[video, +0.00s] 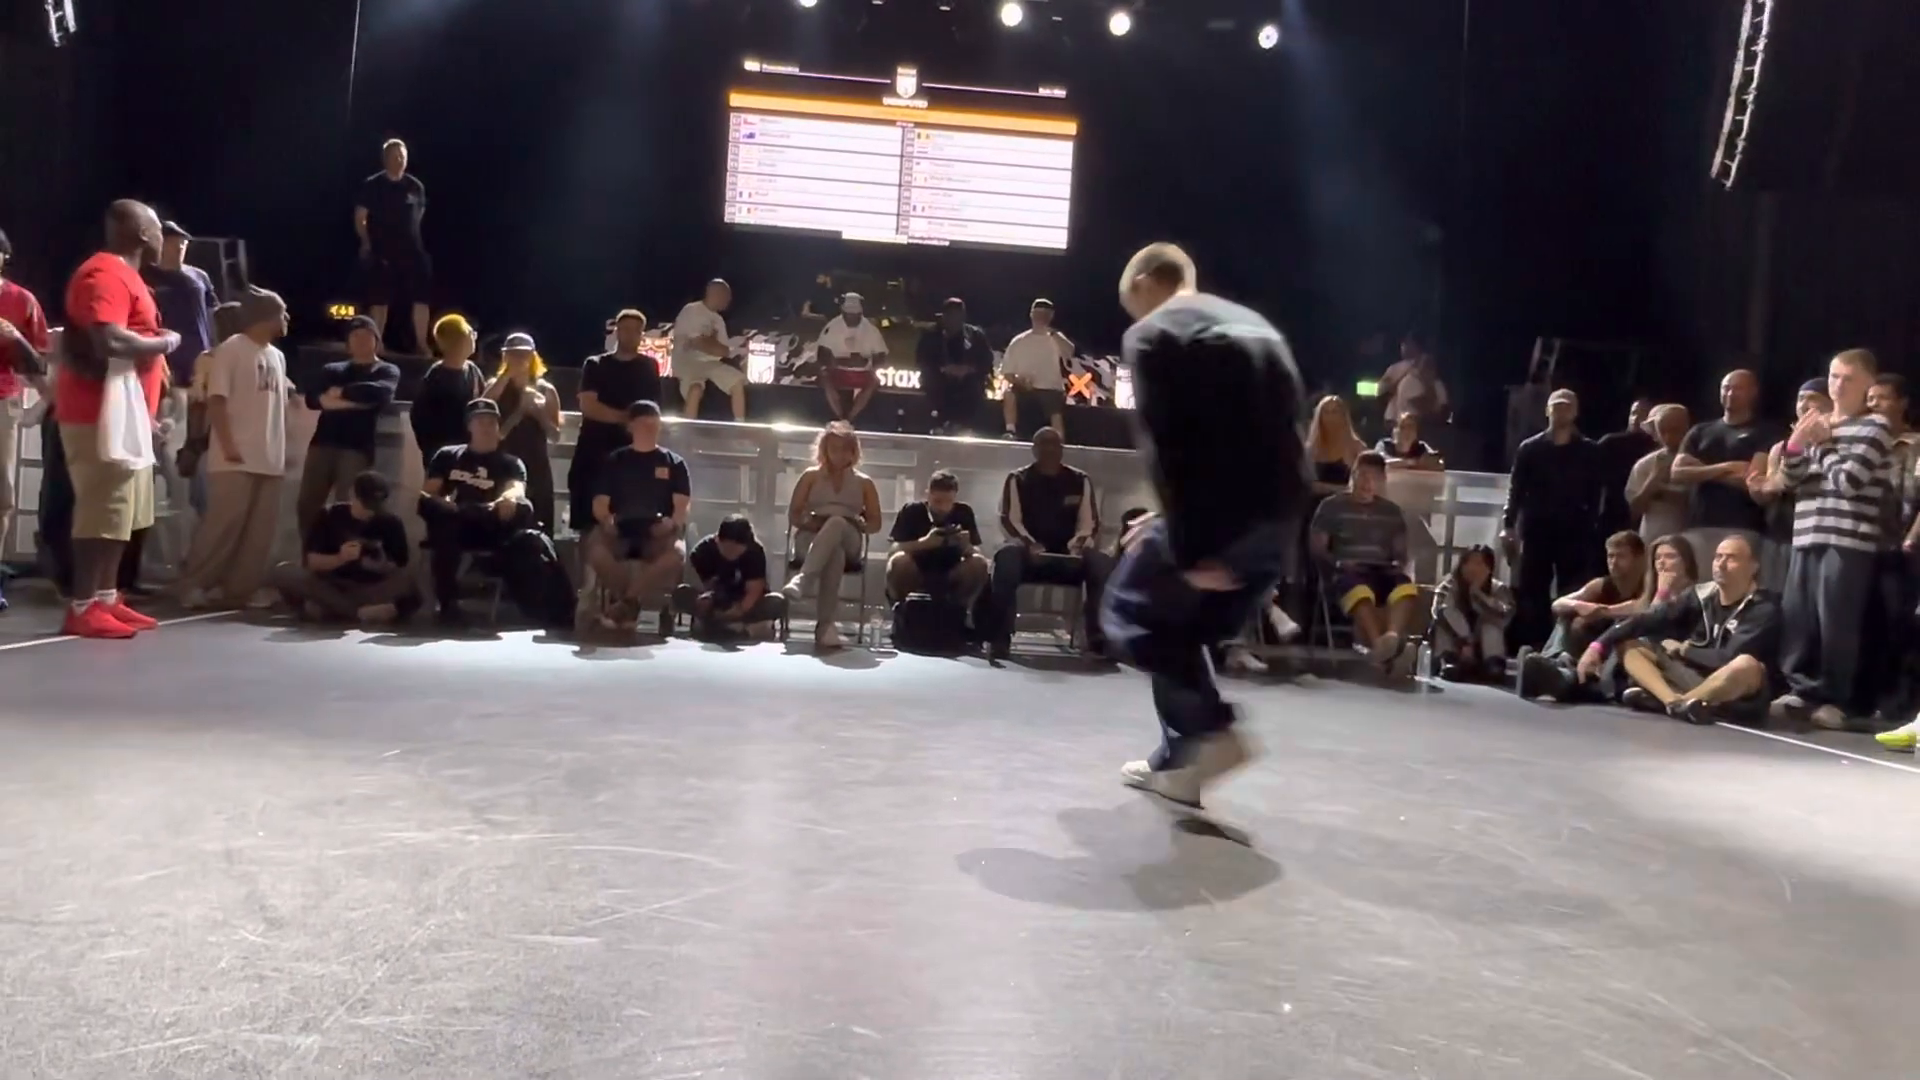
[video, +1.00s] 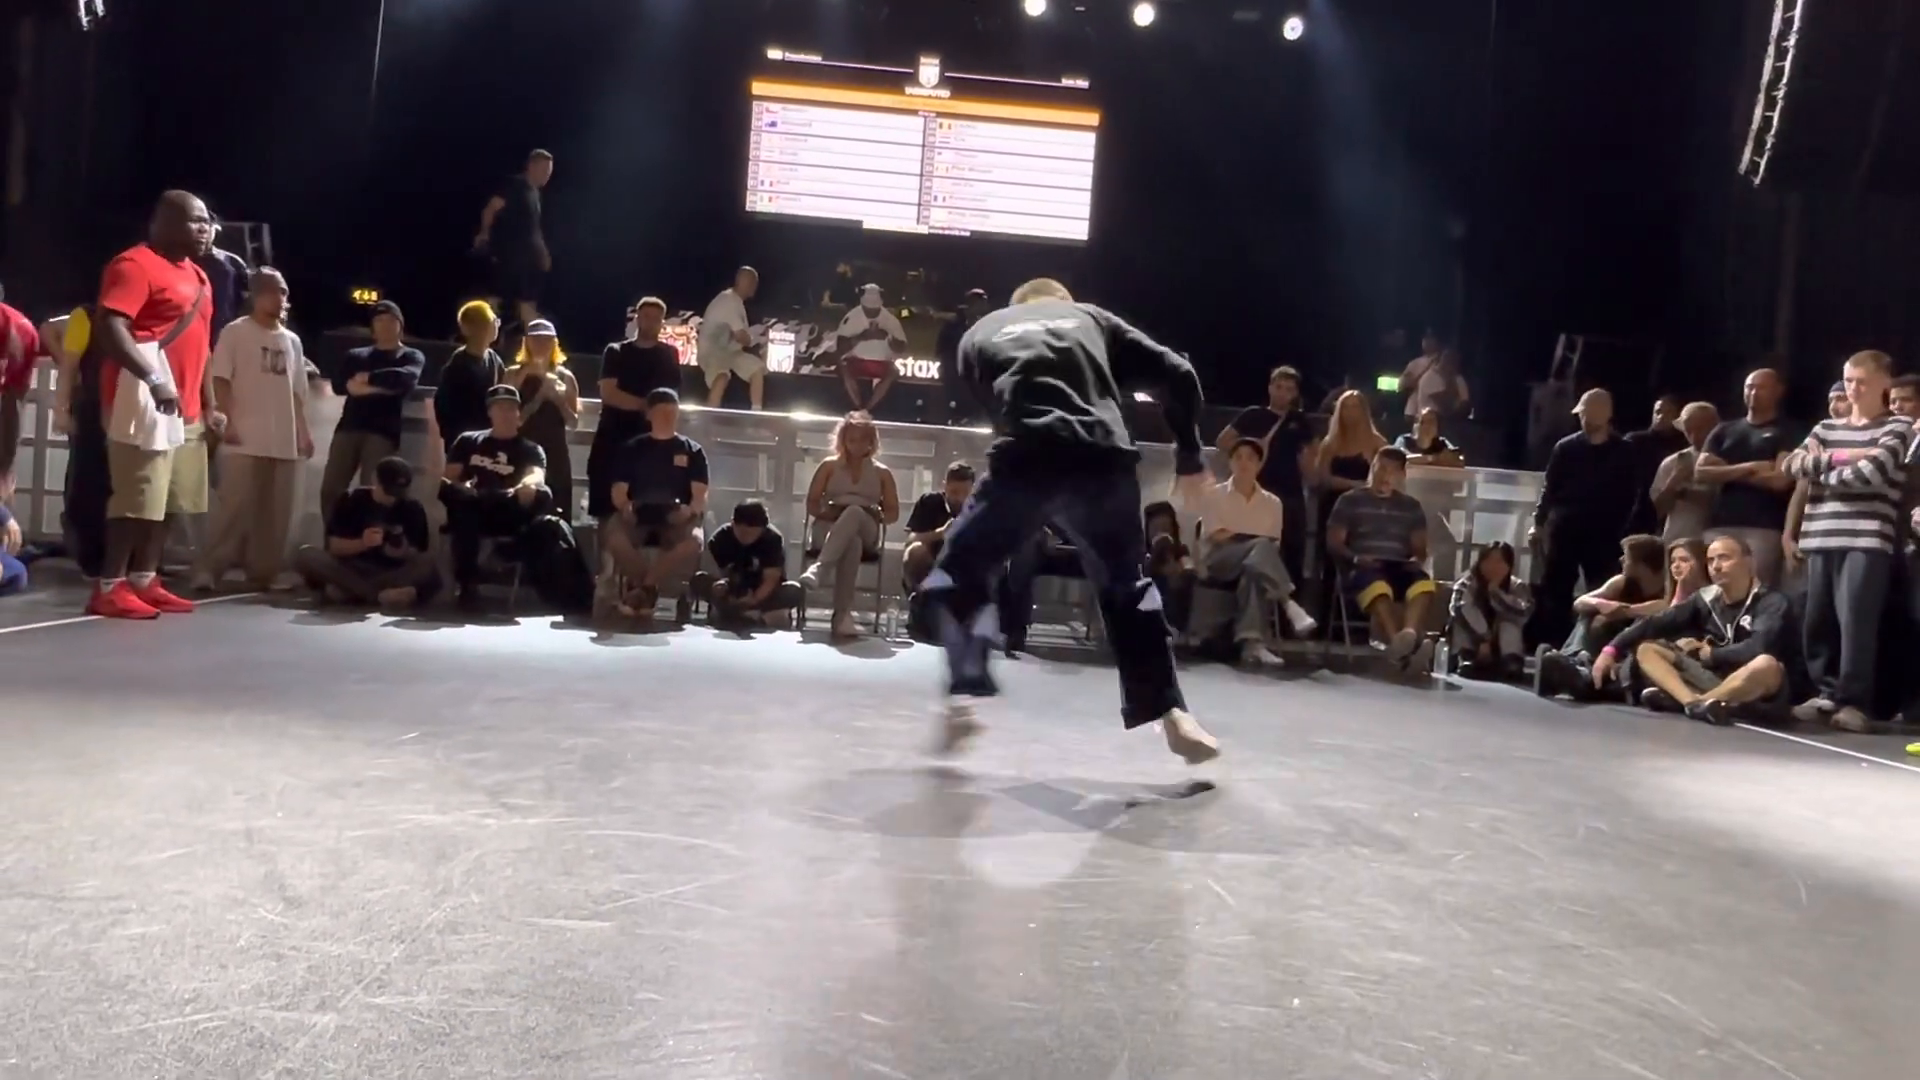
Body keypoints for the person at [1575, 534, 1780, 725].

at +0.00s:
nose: (1719, 564)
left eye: (1730, 559)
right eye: (1717, 558)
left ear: (1753, 568)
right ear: (1713, 562)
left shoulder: (1765, 608)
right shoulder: (1701, 594)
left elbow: (1727, 659)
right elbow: (1651, 620)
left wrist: (1681, 649)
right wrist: (1599, 646)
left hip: (1739, 695)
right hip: (1696, 681)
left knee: (1747, 666)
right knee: (1630, 648)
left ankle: (1681, 703)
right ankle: (1673, 703)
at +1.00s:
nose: (1715, 567)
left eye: (1724, 559)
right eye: (1711, 561)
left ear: (1748, 562)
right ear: (1707, 567)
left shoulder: (1772, 602)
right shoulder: (1705, 598)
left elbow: (1758, 648)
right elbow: (1659, 623)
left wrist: (1710, 654)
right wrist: (1612, 651)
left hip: (1762, 692)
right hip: (1716, 682)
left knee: (1766, 665)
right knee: (1646, 650)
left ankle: (1696, 703)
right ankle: (1694, 704)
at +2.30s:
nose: (1757, 556)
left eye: (1764, 549)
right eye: (1747, 551)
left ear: (1774, 557)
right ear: (1735, 562)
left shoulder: (1794, 596)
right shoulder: (1724, 593)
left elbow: (1806, 628)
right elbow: (1677, 615)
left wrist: (1760, 649)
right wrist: (1631, 640)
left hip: (1778, 685)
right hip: (1731, 675)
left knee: (1788, 659)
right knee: (1664, 642)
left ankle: (1718, 696)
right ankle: (1713, 697)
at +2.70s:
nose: (1763, 559)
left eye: (1766, 552)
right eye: (1753, 555)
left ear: (1772, 554)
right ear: (1735, 564)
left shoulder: (1795, 593)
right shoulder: (1723, 594)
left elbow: (1809, 633)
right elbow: (1670, 615)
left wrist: (1773, 647)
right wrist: (1637, 640)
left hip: (1776, 675)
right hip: (1731, 669)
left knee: (1794, 662)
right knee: (1667, 642)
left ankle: (1721, 694)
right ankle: (1713, 695)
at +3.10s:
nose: (1758, 558)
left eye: (1762, 550)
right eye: (1748, 552)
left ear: (1770, 554)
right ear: (1732, 561)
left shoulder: (1792, 593)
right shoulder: (1722, 591)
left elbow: (1768, 633)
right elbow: (1669, 616)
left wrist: (1717, 655)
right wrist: (1685, 638)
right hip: (1728, 674)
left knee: (1789, 659)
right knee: (1658, 637)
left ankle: (1717, 694)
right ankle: (1713, 694)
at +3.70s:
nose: (1760, 556)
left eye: (1766, 549)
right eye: (1751, 550)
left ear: (1775, 554)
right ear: (1736, 558)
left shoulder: (1794, 589)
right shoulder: (1726, 587)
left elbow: (1770, 627)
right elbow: (1679, 616)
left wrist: (1720, 655)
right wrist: (1692, 637)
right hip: (1726, 670)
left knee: (1788, 657)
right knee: (1659, 636)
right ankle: (1711, 693)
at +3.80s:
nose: (1760, 556)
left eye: (1766, 550)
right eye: (1751, 550)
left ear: (1775, 555)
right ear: (1737, 558)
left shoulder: (1794, 589)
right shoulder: (1727, 587)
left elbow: (1772, 628)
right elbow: (1679, 616)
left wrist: (1719, 657)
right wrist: (1689, 637)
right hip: (1724, 671)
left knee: (1787, 657)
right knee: (1659, 636)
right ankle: (1711, 694)